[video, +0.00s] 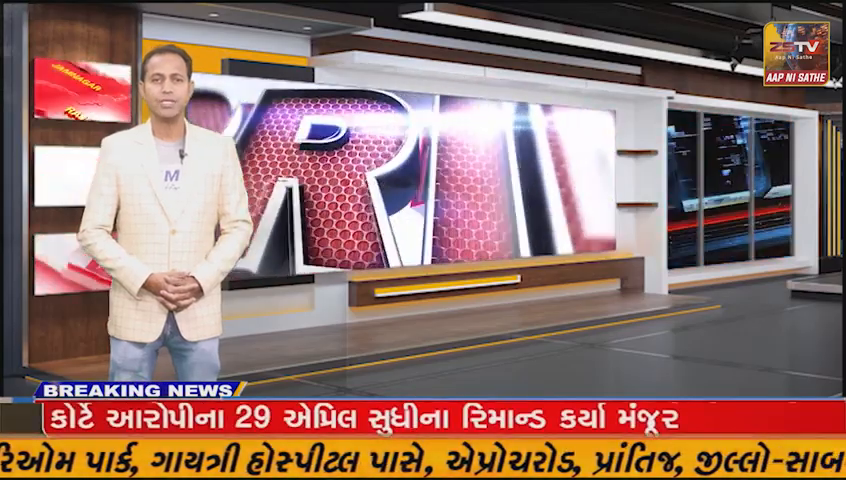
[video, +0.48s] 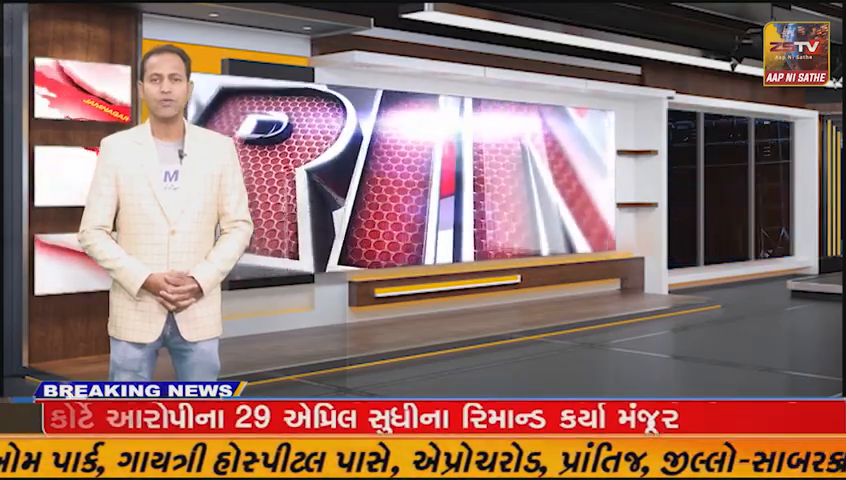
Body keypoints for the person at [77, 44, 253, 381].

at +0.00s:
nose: (167, 88)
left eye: (177, 79)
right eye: (157, 79)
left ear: (190, 88)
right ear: (143, 88)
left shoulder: (220, 147)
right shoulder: (117, 147)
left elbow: (239, 225)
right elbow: (92, 231)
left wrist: (201, 280)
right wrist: (145, 279)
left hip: (198, 309)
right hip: (135, 309)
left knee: (205, 419)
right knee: (125, 420)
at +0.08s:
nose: (167, 88)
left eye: (176, 79)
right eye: (156, 79)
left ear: (190, 88)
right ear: (143, 88)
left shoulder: (220, 147)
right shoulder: (117, 148)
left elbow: (239, 225)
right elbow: (92, 231)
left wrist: (201, 280)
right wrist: (145, 279)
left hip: (198, 309)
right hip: (134, 310)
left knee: (205, 419)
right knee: (125, 420)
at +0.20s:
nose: (166, 88)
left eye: (176, 79)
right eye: (156, 79)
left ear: (189, 87)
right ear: (143, 89)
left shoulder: (220, 147)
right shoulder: (117, 148)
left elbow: (238, 225)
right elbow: (92, 231)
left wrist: (201, 281)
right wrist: (145, 279)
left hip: (198, 309)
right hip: (134, 310)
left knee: (205, 419)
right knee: (125, 420)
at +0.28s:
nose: (166, 88)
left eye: (176, 79)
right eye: (156, 79)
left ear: (189, 88)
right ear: (142, 89)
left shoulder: (220, 147)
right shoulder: (116, 148)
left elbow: (239, 224)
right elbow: (92, 232)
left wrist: (202, 280)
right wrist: (145, 279)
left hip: (198, 309)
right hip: (134, 310)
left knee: (205, 419)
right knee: (125, 420)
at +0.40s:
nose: (166, 88)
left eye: (175, 79)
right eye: (155, 79)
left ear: (189, 88)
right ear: (142, 89)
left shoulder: (220, 148)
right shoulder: (116, 148)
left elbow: (238, 225)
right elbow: (92, 232)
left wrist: (201, 281)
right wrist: (145, 279)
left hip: (198, 309)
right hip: (134, 310)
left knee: (205, 420)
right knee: (125, 420)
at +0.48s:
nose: (165, 88)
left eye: (175, 79)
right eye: (155, 79)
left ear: (189, 88)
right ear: (142, 89)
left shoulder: (220, 148)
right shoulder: (116, 148)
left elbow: (238, 226)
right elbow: (92, 232)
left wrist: (201, 281)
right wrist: (144, 279)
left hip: (198, 310)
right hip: (134, 311)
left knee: (205, 420)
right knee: (125, 420)